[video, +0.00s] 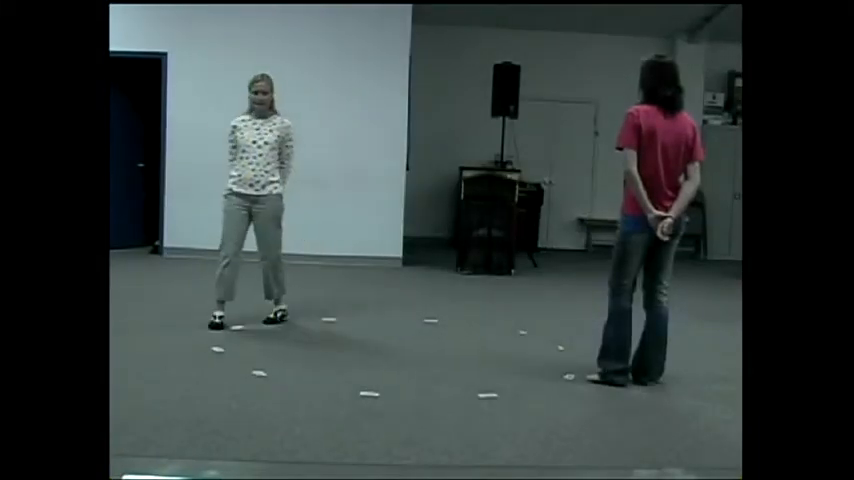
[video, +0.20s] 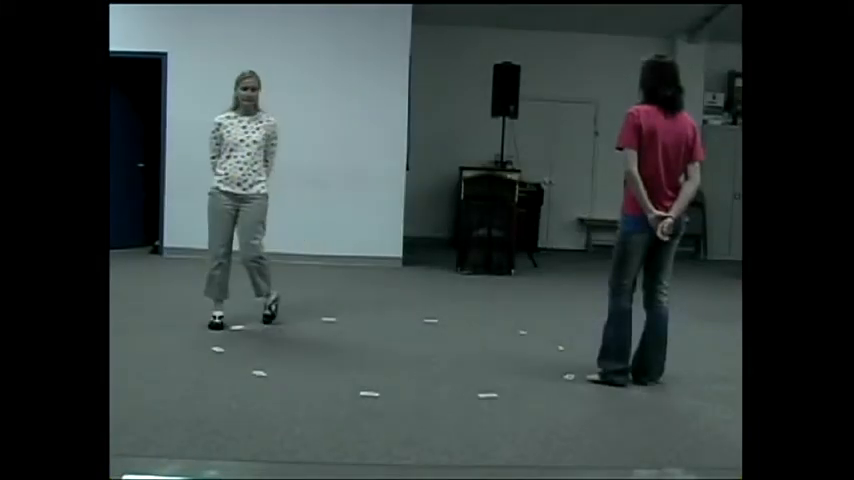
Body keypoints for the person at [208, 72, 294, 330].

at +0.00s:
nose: (260, 97)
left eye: (264, 93)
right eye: (256, 92)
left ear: (272, 95)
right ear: (249, 95)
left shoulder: (282, 126)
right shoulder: (237, 124)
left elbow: (286, 162)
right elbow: (232, 158)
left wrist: (277, 187)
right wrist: (238, 180)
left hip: (268, 195)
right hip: (237, 193)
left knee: (270, 254)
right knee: (228, 253)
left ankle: (278, 305)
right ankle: (219, 310)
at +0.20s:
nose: (249, 94)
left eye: (253, 89)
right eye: (244, 89)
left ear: (260, 92)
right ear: (236, 91)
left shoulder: (268, 124)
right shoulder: (222, 121)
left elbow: (269, 159)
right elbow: (214, 156)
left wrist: (259, 181)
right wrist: (223, 178)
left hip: (254, 193)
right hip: (223, 191)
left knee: (250, 250)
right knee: (219, 253)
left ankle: (268, 298)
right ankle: (217, 309)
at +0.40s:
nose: (241, 92)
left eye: (246, 88)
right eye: (237, 88)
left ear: (251, 91)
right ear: (228, 90)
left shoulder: (260, 123)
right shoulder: (214, 121)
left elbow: (263, 158)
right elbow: (207, 156)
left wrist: (253, 180)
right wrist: (217, 178)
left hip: (248, 193)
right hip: (217, 191)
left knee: (242, 252)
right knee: (216, 253)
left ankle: (244, 308)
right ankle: (217, 310)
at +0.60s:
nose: (239, 90)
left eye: (243, 86)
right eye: (234, 85)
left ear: (248, 89)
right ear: (224, 88)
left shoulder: (258, 119)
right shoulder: (210, 119)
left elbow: (262, 155)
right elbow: (206, 154)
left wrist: (252, 178)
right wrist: (215, 176)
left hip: (247, 190)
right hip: (215, 189)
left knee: (243, 251)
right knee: (217, 251)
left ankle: (241, 309)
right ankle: (217, 308)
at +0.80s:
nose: (236, 87)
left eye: (241, 83)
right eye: (231, 83)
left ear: (246, 87)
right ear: (222, 86)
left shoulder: (257, 119)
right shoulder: (209, 119)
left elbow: (261, 155)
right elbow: (205, 154)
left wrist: (252, 179)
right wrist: (215, 176)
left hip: (246, 191)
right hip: (215, 190)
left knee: (244, 252)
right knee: (216, 252)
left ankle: (242, 309)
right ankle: (217, 309)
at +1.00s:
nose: (235, 87)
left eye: (240, 83)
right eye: (230, 83)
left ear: (246, 87)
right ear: (222, 87)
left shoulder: (257, 119)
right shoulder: (209, 119)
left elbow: (261, 155)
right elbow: (206, 155)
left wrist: (252, 178)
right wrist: (215, 176)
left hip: (246, 191)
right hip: (215, 191)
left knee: (244, 253)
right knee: (216, 254)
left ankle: (241, 309)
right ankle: (217, 309)